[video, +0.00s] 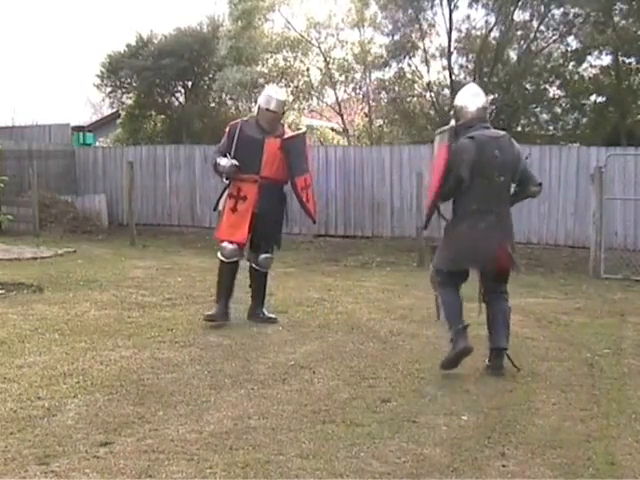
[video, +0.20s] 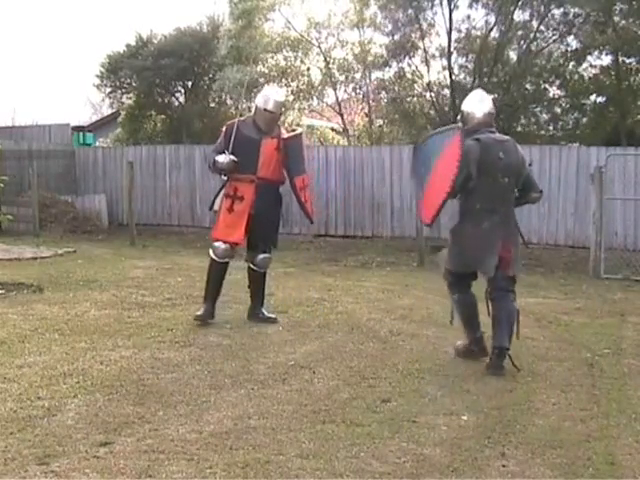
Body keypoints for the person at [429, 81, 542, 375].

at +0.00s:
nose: (455, 118)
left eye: (457, 112)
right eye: (456, 112)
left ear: (463, 113)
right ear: (485, 111)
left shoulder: (464, 145)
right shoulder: (507, 143)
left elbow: (454, 181)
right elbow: (531, 186)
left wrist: (436, 197)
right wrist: (504, 201)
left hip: (465, 232)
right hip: (499, 233)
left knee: (444, 278)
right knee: (497, 290)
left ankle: (459, 338)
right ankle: (497, 356)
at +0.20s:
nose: (462, 121)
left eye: (464, 117)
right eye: (464, 116)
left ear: (468, 117)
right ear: (492, 116)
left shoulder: (469, 146)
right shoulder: (510, 146)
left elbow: (457, 184)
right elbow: (532, 192)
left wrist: (441, 192)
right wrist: (505, 202)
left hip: (474, 228)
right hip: (506, 230)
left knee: (458, 278)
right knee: (503, 288)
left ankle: (474, 341)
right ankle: (500, 353)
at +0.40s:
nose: (460, 126)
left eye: (461, 122)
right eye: (461, 122)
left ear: (466, 122)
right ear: (487, 119)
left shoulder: (468, 151)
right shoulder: (508, 148)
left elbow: (451, 181)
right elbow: (532, 190)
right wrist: (507, 201)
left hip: (478, 231)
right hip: (510, 230)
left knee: (470, 285)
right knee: (505, 285)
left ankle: (483, 341)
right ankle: (506, 338)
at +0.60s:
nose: (463, 123)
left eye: (464, 118)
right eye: (463, 118)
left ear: (471, 118)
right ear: (490, 116)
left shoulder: (473, 148)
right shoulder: (513, 145)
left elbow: (435, 165)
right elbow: (536, 182)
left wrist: (452, 139)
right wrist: (516, 203)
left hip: (479, 226)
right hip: (509, 224)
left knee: (473, 283)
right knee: (508, 278)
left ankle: (483, 343)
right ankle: (525, 320)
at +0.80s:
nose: (468, 123)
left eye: (470, 118)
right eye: (468, 118)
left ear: (477, 117)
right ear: (496, 116)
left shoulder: (475, 146)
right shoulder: (516, 144)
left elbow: (443, 151)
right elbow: (541, 180)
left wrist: (457, 132)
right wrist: (528, 202)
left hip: (484, 225)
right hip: (513, 224)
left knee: (479, 281)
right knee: (516, 276)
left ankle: (484, 341)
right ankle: (534, 331)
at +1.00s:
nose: (480, 124)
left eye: (482, 120)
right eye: (480, 120)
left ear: (490, 120)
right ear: (505, 119)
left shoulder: (487, 147)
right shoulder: (521, 147)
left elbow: (474, 165)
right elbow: (544, 185)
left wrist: (472, 131)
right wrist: (529, 209)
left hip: (492, 226)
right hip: (517, 225)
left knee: (476, 277)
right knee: (518, 275)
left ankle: (483, 336)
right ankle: (533, 329)